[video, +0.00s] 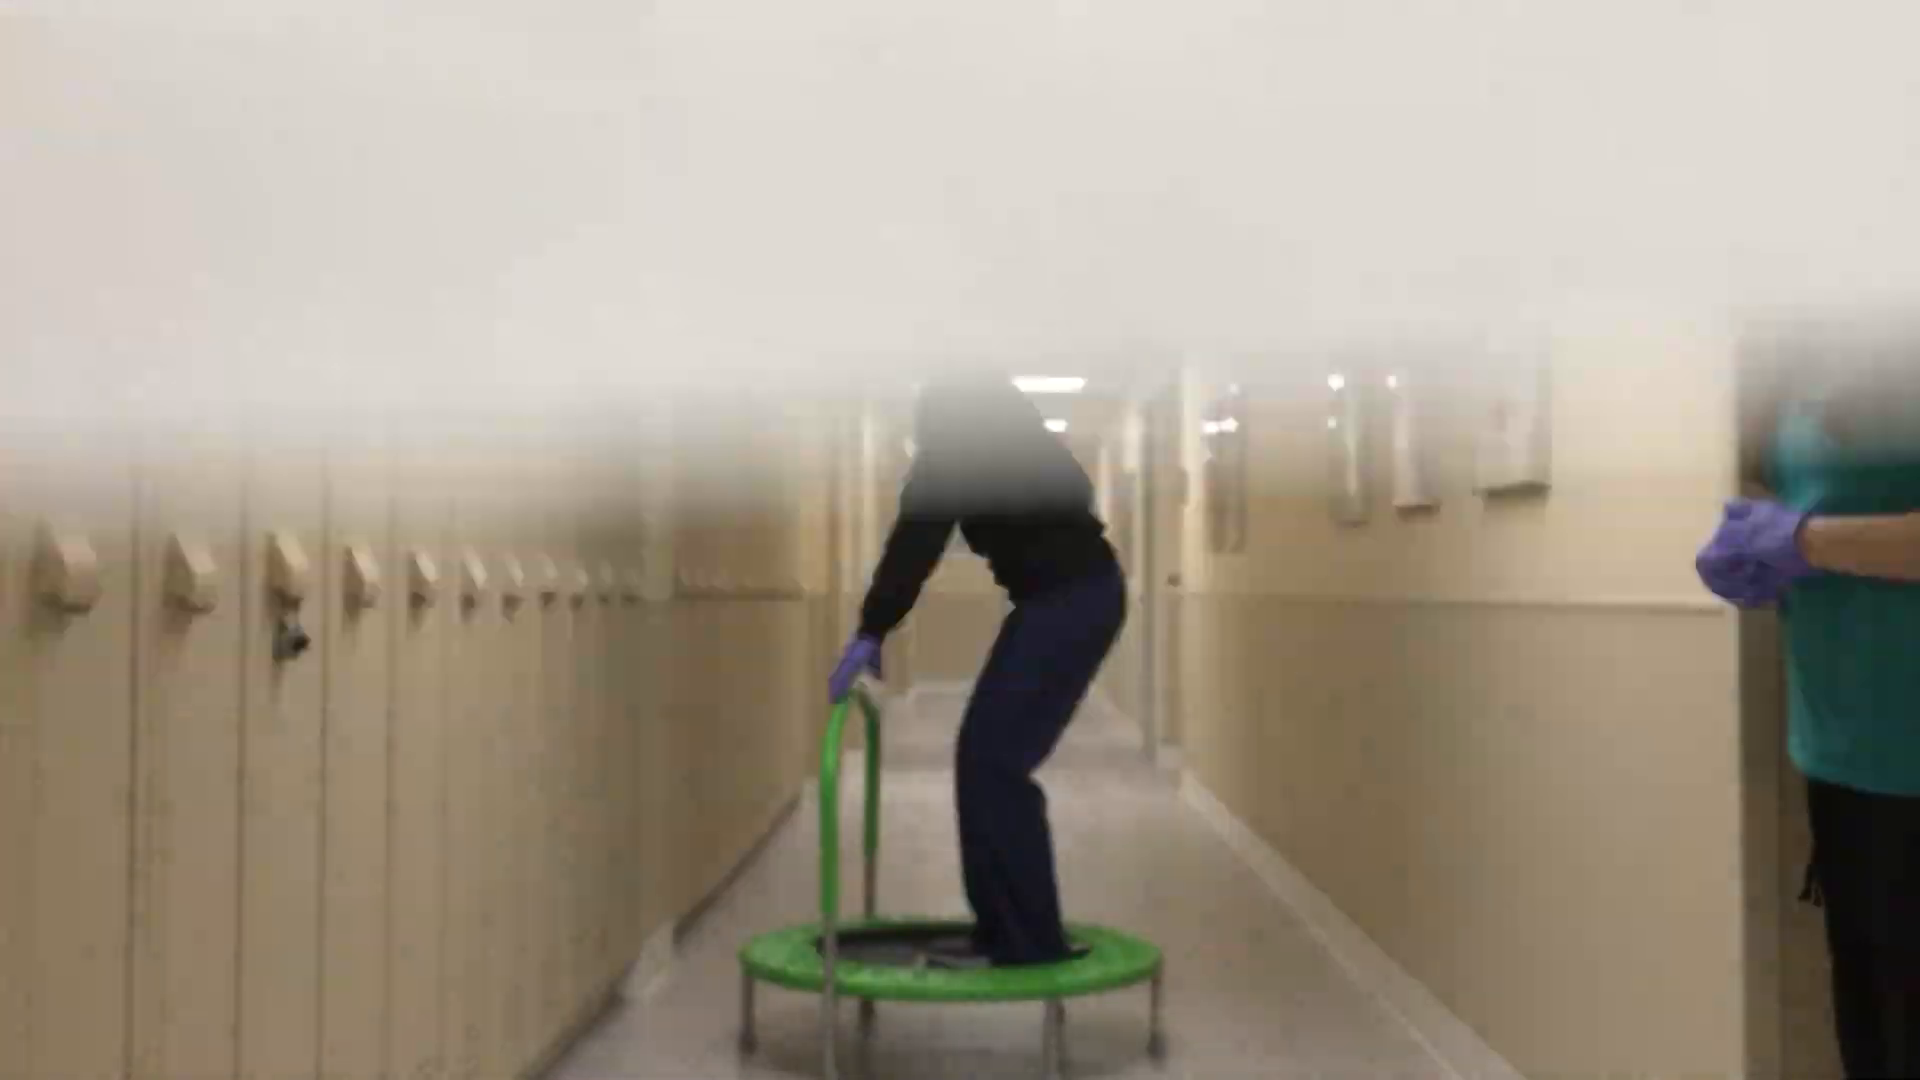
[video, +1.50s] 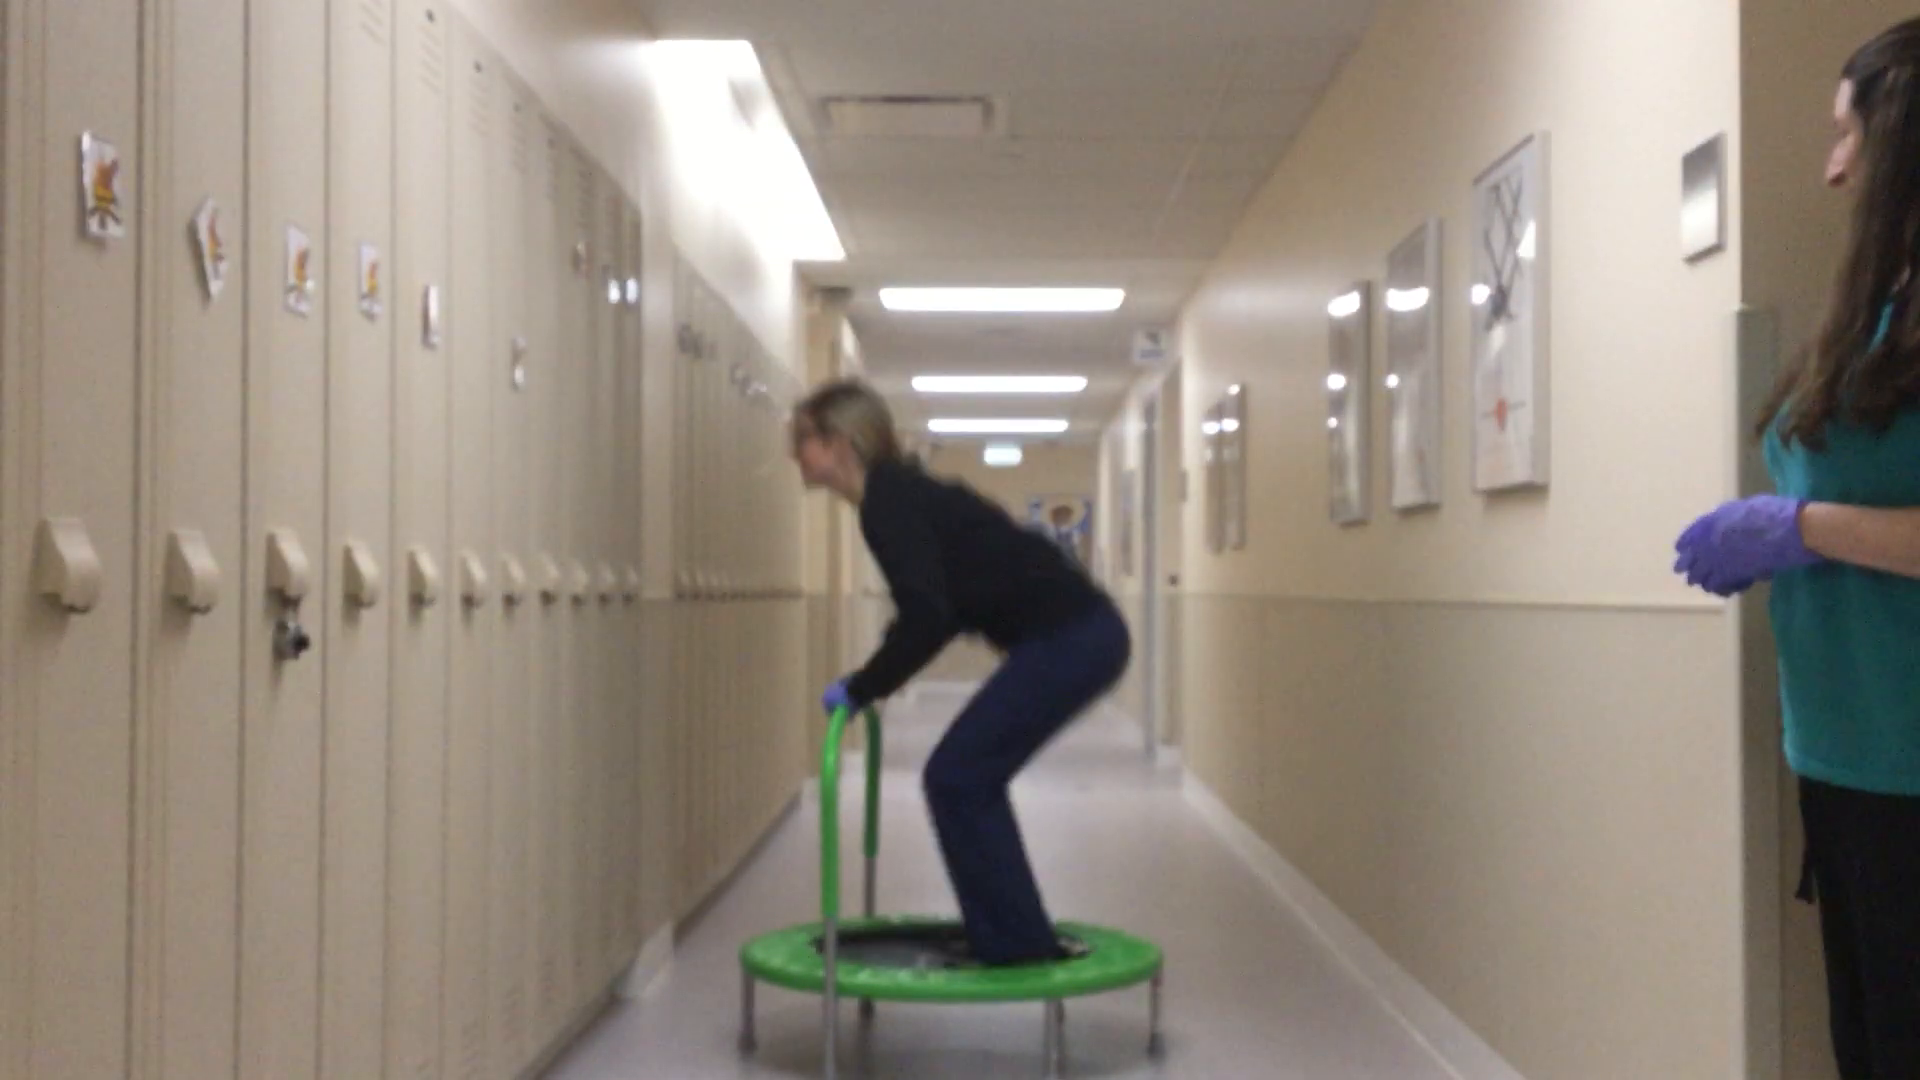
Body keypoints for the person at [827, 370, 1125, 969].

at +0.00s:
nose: (916, 428)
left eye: (923, 415)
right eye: (920, 417)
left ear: (938, 408)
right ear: (977, 395)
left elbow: (918, 538)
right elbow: (918, 537)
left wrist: (871, 633)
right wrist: (872, 631)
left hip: (1068, 602)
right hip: (1060, 599)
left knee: (993, 758)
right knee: (984, 754)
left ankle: (1027, 940)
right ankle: (1006, 930)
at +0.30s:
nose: (852, 362)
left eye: (859, 345)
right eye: (845, 350)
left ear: (901, 335)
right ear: (892, 344)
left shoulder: (952, 409)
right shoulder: (939, 408)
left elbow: (921, 539)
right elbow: (917, 537)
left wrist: (872, 645)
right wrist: (872, 641)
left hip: (1082, 595)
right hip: (1063, 594)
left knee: (1002, 755)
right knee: (993, 753)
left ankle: (1031, 940)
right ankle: (1008, 928)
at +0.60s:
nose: (835, 424)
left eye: (836, 406)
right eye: (829, 410)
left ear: (874, 393)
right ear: (882, 396)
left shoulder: (936, 455)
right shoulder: (929, 456)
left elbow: (922, 584)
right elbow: (920, 582)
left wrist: (860, 677)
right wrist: (862, 674)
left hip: (1092, 617)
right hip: (1073, 616)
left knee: (980, 756)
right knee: (968, 753)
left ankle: (1030, 940)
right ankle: (1003, 927)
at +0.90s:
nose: (812, 502)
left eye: (819, 485)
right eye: (812, 487)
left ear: (854, 486)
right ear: (857, 487)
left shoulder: (914, 543)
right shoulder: (907, 545)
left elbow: (956, 657)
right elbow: (950, 652)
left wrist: (863, 691)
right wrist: (868, 684)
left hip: (1082, 695)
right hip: (1064, 692)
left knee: (937, 791)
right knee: (929, 784)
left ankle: (1015, 946)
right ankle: (995, 938)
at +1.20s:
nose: (769, 413)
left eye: (773, 395)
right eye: (766, 397)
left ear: (809, 391)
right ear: (816, 391)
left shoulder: (877, 441)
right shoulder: (878, 438)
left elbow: (886, 572)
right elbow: (898, 575)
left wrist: (853, 682)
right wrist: (856, 680)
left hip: (1079, 537)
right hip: (1068, 538)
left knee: (972, 690)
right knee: (966, 690)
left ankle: (1013, 881)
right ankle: (985, 878)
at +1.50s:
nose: (796, 458)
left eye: (802, 443)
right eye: (796, 444)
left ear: (836, 446)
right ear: (841, 446)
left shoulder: (892, 500)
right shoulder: (895, 496)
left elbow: (932, 616)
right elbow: (934, 614)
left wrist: (864, 686)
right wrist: (865, 682)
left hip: (1073, 640)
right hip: (1076, 636)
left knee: (955, 776)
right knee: (966, 776)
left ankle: (1012, 942)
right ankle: (1016, 937)